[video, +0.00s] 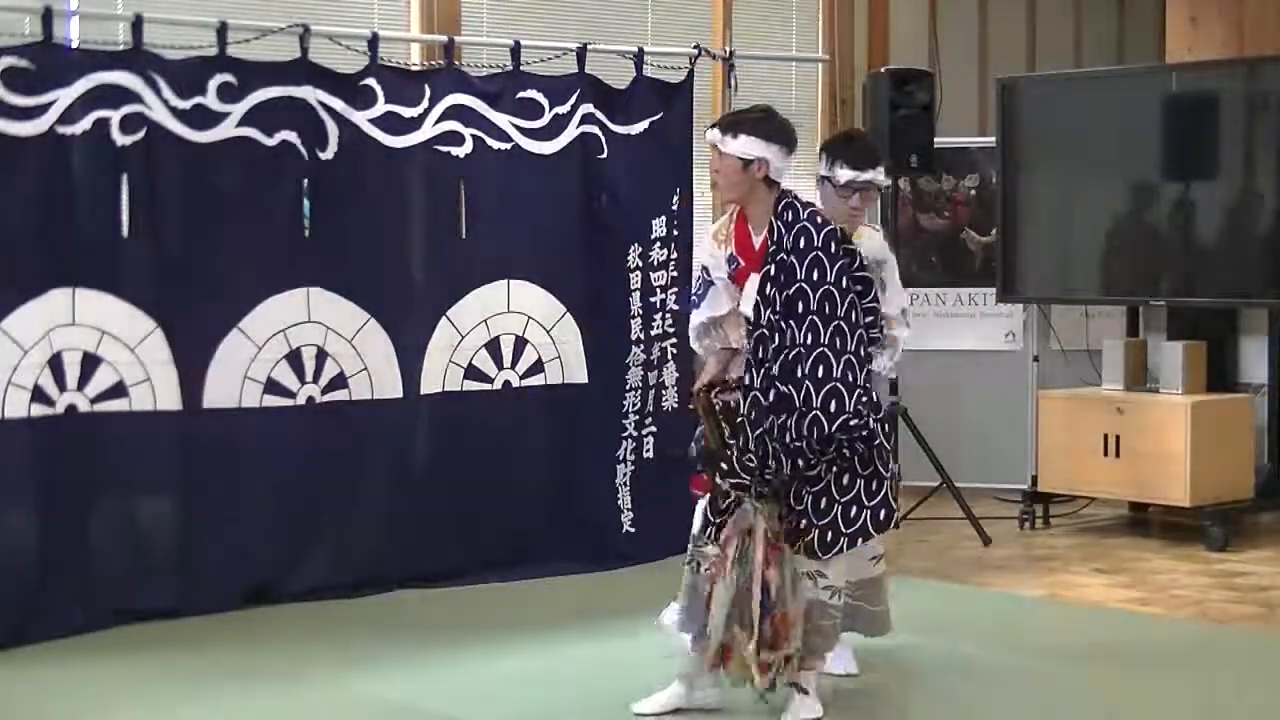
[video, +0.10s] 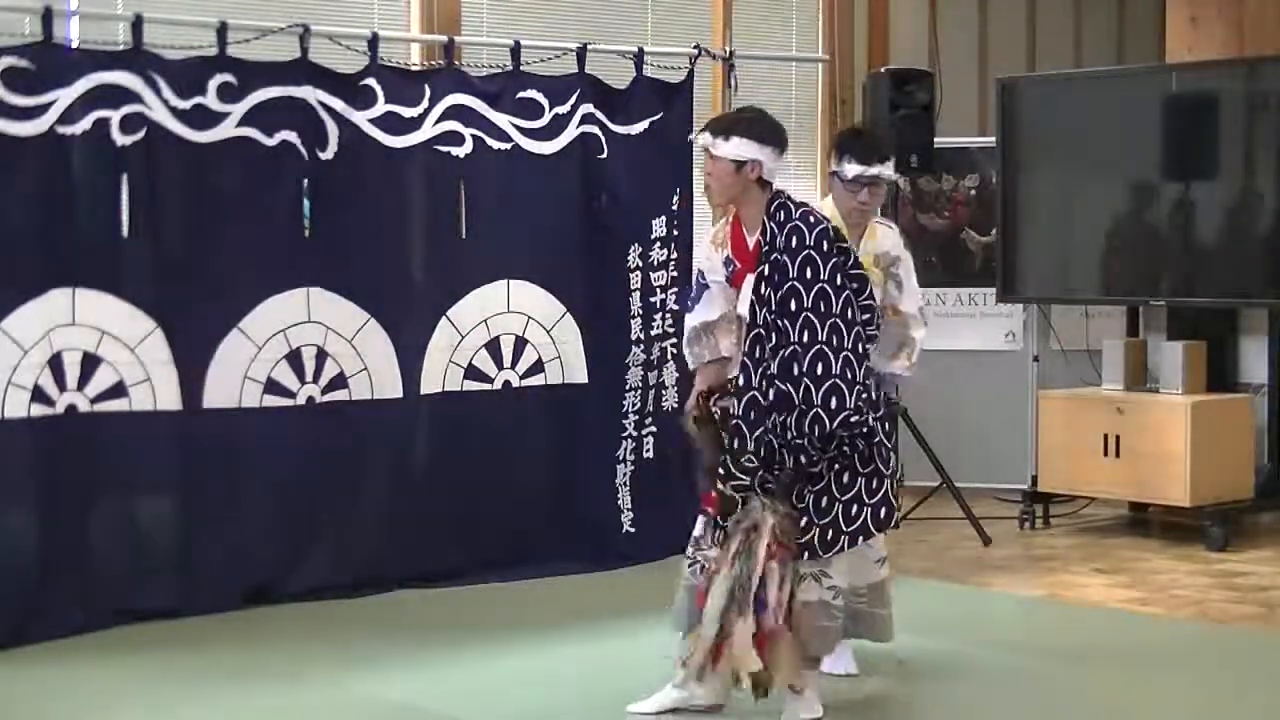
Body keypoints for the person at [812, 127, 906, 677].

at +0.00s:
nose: (859, 202)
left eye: (868, 191)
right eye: (847, 190)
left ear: (876, 192)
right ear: (820, 186)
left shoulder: (875, 249)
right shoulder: (794, 241)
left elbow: (895, 319)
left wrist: (885, 345)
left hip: (857, 386)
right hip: (798, 384)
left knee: (847, 500)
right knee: (809, 502)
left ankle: (835, 630)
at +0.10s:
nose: (865, 197)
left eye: (876, 186)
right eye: (854, 184)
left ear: (886, 188)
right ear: (831, 182)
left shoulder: (889, 241)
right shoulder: (810, 235)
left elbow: (913, 318)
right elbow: (786, 308)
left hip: (874, 381)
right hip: (818, 380)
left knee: (858, 500)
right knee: (821, 500)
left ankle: (840, 632)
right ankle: (819, 632)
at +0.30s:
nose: (887, 187)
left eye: (899, 177)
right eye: (876, 174)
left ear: (910, 181)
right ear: (853, 169)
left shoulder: (917, 235)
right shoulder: (818, 226)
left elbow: (937, 315)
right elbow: (801, 308)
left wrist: (931, 372)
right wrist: (816, 370)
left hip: (896, 390)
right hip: (834, 388)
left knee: (922, 504)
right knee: (841, 508)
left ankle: (922, 636)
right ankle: (836, 640)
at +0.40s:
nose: (898, 182)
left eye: (911, 172)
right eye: (887, 168)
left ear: (926, 177)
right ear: (867, 167)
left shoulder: (937, 236)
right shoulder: (832, 222)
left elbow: (953, 318)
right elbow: (802, 299)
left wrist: (945, 373)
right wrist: (821, 362)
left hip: (909, 392)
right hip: (844, 389)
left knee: (945, 509)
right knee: (844, 514)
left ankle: (979, 647)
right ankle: (836, 640)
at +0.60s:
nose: (933, 187)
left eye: (947, 177)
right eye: (923, 174)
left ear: (967, 186)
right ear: (906, 177)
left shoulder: (980, 248)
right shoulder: (862, 229)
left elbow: (1000, 337)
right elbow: (810, 286)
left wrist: (973, 332)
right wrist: (842, 266)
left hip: (935, 400)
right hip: (863, 392)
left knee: (965, 521)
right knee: (852, 517)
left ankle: (989, 661)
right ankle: (843, 635)